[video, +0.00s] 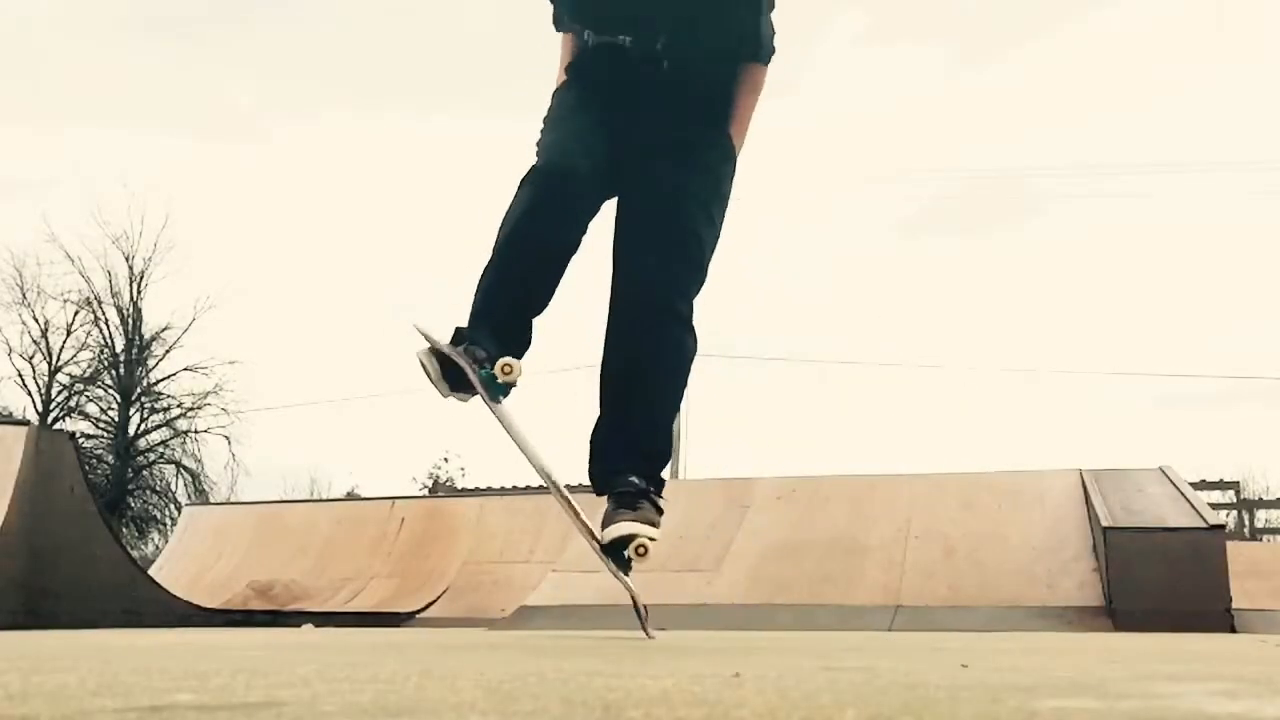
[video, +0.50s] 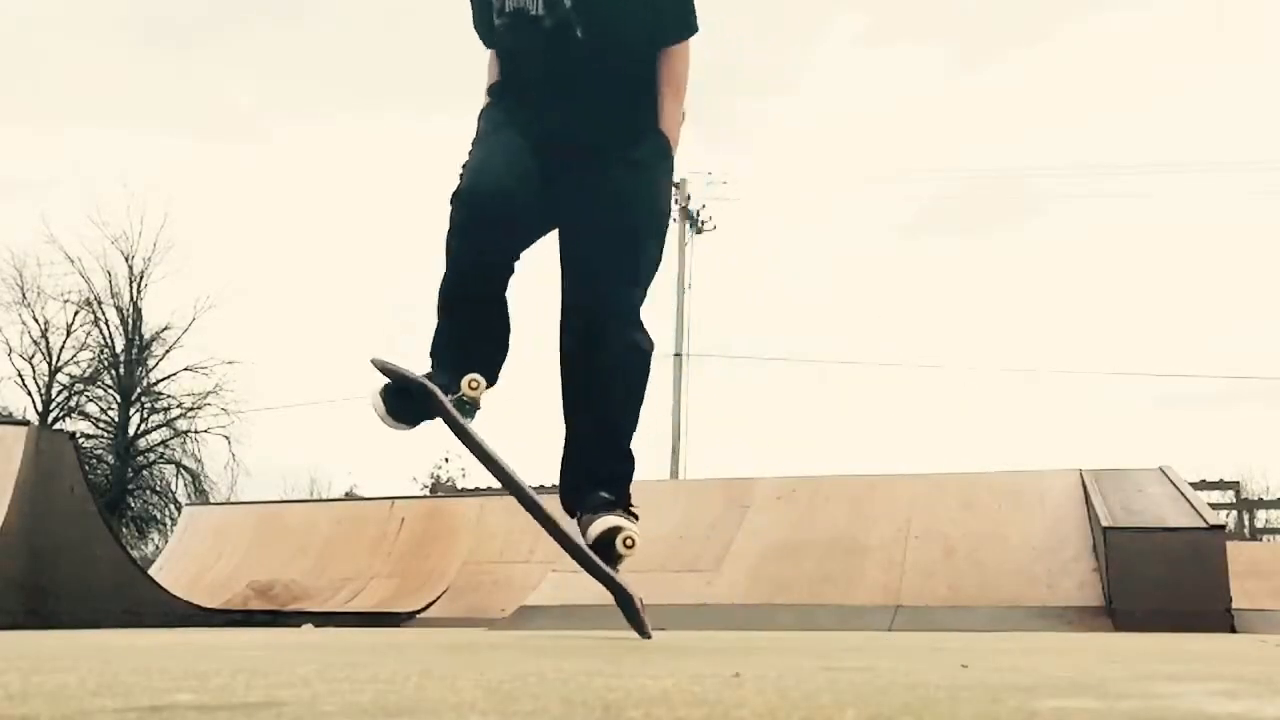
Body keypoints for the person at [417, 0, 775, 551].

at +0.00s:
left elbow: (756, 43)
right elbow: (571, 22)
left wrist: (731, 141)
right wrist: (567, 86)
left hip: (698, 83)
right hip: (603, 66)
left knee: (659, 292)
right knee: (559, 179)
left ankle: (633, 481)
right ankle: (488, 345)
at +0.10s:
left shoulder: (729, 9)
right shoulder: (568, 5)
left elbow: (745, 54)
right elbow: (564, 44)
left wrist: (723, 152)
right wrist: (555, 117)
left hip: (687, 102)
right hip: (591, 88)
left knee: (651, 296)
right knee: (552, 185)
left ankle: (624, 488)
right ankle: (490, 343)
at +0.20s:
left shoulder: (719, 8)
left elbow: (733, 57)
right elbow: (555, 47)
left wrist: (717, 162)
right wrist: (544, 131)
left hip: (678, 111)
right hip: (581, 102)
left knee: (646, 313)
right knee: (550, 185)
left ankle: (623, 490)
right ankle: (492, 346)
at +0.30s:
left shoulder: (703, 6)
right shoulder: (534, 4)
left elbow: (719, 53)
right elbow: (542, 52)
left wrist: (708, 157)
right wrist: (536, 130)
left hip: (665, 119)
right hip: (567, 111)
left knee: (635, 314)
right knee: (539, 188)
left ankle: (619, 491)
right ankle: (490, 349)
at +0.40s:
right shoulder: (515, 3)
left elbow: (701, 51)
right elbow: (522, 56)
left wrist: (689, 163)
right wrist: (518, 135)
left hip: (646, 124)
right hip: (551, 118)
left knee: (622, 320)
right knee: (519, 195)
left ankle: (610, 493)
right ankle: (477, 356)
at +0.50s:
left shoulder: (664, 8)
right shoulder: (495, 4)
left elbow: (673, 46)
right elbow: (499, 53)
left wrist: (663, 154)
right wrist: (489, 136)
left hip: (622, 128)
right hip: (523, 122)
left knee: (606, 318)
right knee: (480, 213)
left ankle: (599, 496)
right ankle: (459, 368)